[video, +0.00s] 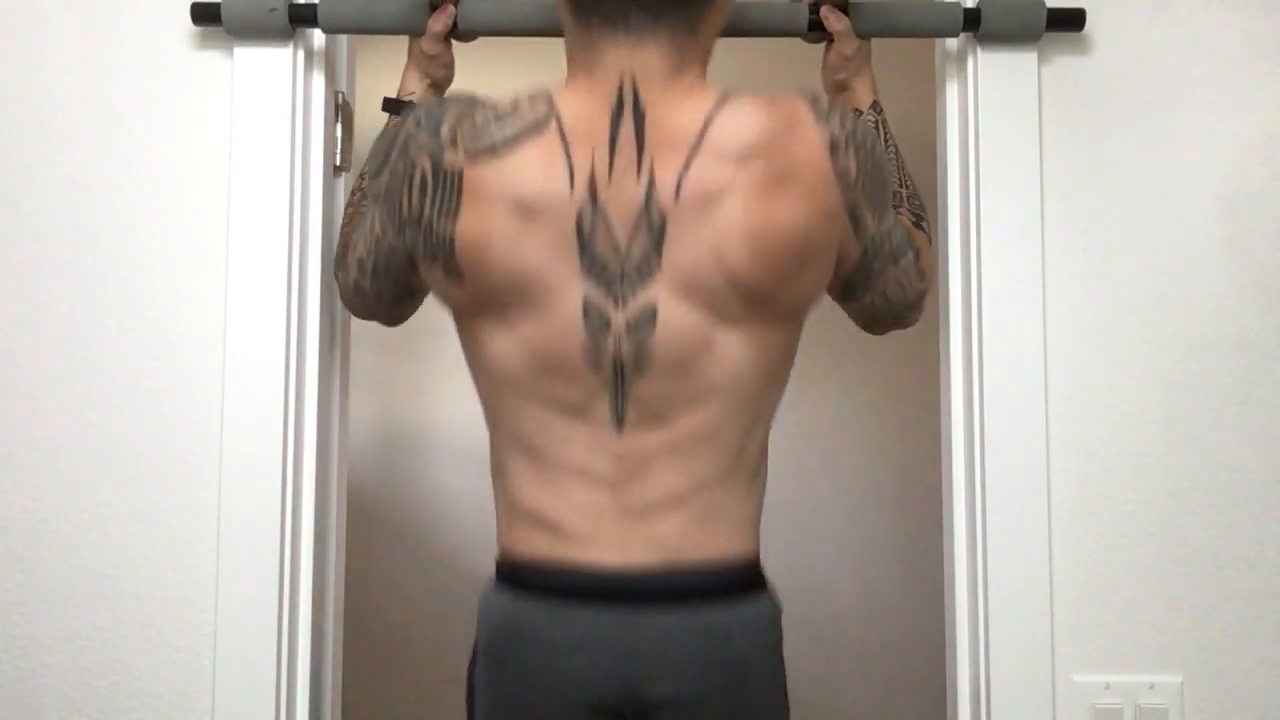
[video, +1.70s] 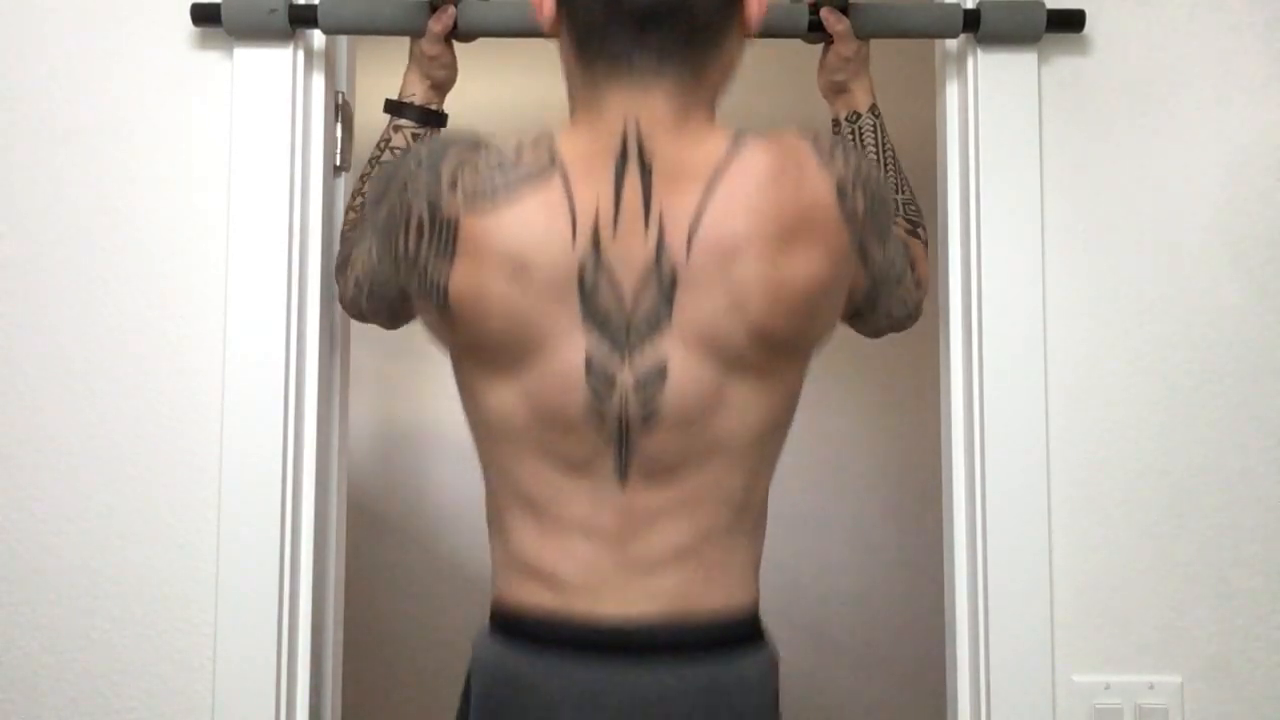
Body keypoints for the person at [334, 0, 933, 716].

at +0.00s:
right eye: (725, 15)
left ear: (567, 11)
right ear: (717, 16)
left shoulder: (461, 150)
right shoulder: (803, 146)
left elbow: (369, 289)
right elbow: (896, 298)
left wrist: (416, 94)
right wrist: (857, 102)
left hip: (535, 628)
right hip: (722, 633)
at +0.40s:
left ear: (539, 39)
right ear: (749, 38)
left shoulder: (466, 228)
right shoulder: (805, 226)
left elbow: (371, 278)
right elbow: (900, 289)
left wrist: (421, 92)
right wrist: (853, 95)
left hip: (538, 674)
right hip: (725, 675)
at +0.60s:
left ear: (542, 130)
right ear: (751, 131)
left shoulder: (474, 313)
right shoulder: (801, 312)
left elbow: (379, 263)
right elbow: (898, 263)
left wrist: (422, 92)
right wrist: (853, 94)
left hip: (534, 699)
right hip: (723, 698)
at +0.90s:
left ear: (537, 246)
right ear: (747, 247)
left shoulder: (488, 424)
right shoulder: (785, 413)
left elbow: (396, 266)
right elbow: (882, 267)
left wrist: (424, 89)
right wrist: (851, 96)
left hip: (533, 711)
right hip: (722, 711)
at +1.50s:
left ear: (539, 170)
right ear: (753, 171)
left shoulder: (475, 356)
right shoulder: (795, 343)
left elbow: (379, 261)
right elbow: (892, 263)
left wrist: (423, 89)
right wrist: (850, 96)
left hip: (530, 708)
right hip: (711, 707)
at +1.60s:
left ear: (542, 83)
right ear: (754, 85)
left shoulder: (465, 276)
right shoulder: (801, 271)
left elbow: (365, 260)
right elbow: (903, 273)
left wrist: (421, 89)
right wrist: (853, 99)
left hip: (525, 696)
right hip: (715, 697)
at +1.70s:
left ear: (549, 19)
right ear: (749, 18)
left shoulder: (460, 203)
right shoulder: (799, 194)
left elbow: (366, 287)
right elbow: (898, 295)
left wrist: (417, 98)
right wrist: (854, 99)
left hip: (528, 672)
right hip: (719, 675)